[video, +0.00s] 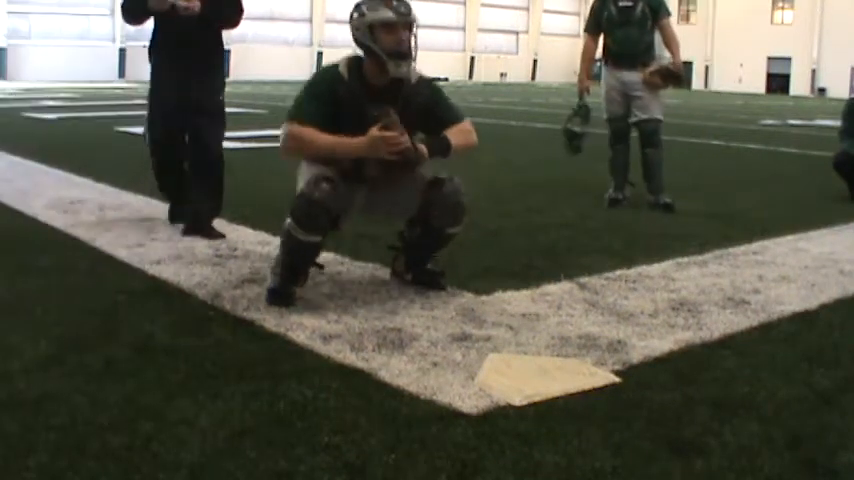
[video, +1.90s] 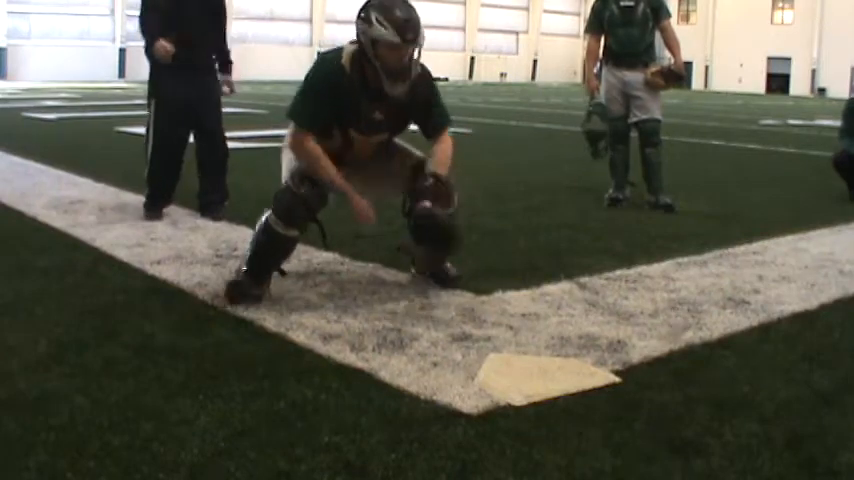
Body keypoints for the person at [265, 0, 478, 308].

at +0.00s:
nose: (402, 39)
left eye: (407, 30)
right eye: (390, 31)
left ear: (413, 33)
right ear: (364, 35)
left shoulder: (420, 89)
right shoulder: (330, 82)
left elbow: (467, 135)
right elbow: (292, 141)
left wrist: (424, 147)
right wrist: (364, 146)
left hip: (392, 187)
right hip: (338, 186)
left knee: (446, 195)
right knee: (320, 191)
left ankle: (412, 265)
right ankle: (287, 278)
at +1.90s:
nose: (402, 60)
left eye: (408, 50)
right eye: (392, 50)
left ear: (415, 46)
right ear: (368, 44)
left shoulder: (418, 81)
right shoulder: (331, 70)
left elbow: (442, 138)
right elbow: (300, 141)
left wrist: (433, 184)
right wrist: (351, 195)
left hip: (375, 153)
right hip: (319, 150)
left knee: (436, 193)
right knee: (304, 192)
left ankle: (431, 264)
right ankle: (253, 277)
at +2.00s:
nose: (400, 64)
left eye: (407, 55)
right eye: (392, 54)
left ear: (417, 51)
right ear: (369, 44)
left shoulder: (418, 79)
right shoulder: (328, 64)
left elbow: (424, 140)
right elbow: (315, 143)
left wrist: (409, 197)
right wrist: (352, 206)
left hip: (366, 158)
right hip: (313, 153)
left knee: (433, 206)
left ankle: (412, 255)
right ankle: (250, 261)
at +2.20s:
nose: (401, 94)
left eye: (408, 84)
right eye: (392, 84)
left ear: (416, 78)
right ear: (368, 74)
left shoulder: (415, 113)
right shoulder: (330, 107)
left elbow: (418, 162)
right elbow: (308, 185)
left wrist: (384, 208)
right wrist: (344, 240)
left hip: (370, 206)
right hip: (316, 204)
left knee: (430, 281)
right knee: (292, 296)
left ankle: (371, 254)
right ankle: (252, 264)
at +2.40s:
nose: (381, 110)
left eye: (389, 103)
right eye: (373, 103)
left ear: (400, 89)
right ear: (350, 84)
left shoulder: (405, 113)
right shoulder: (310, 110)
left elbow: (403, 160)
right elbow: (267, 155)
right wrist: (317, 211)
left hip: (371, 205)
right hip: (312, 203)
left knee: (430, 281)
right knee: (291, 297)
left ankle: (362, 255)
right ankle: (255, 265)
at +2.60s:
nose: (350, 95)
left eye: (358, 87)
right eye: (340, 87)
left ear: (372, 70)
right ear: (318, 71)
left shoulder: (384, 77)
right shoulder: (286, 94)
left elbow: (396, 118)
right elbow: (246, 140)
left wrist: (388, 158)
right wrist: (281, 188)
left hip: (377, 182)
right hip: (322, 194)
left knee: (450, 250)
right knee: (287, 297)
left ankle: (412, 245)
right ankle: (251, 266)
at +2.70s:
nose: (368, 111)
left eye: (376, 103)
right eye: (358, 102)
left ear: (392, 76)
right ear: (336, 81)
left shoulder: (399, 83)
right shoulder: (310, 107)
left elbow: (414, 108)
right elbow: (282, 198)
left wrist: (416, 137)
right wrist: (315, 276)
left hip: (381, 183)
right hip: (328, 194)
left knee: (455, 187)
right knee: (286, 298)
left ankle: (449, 262)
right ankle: (251, 270)